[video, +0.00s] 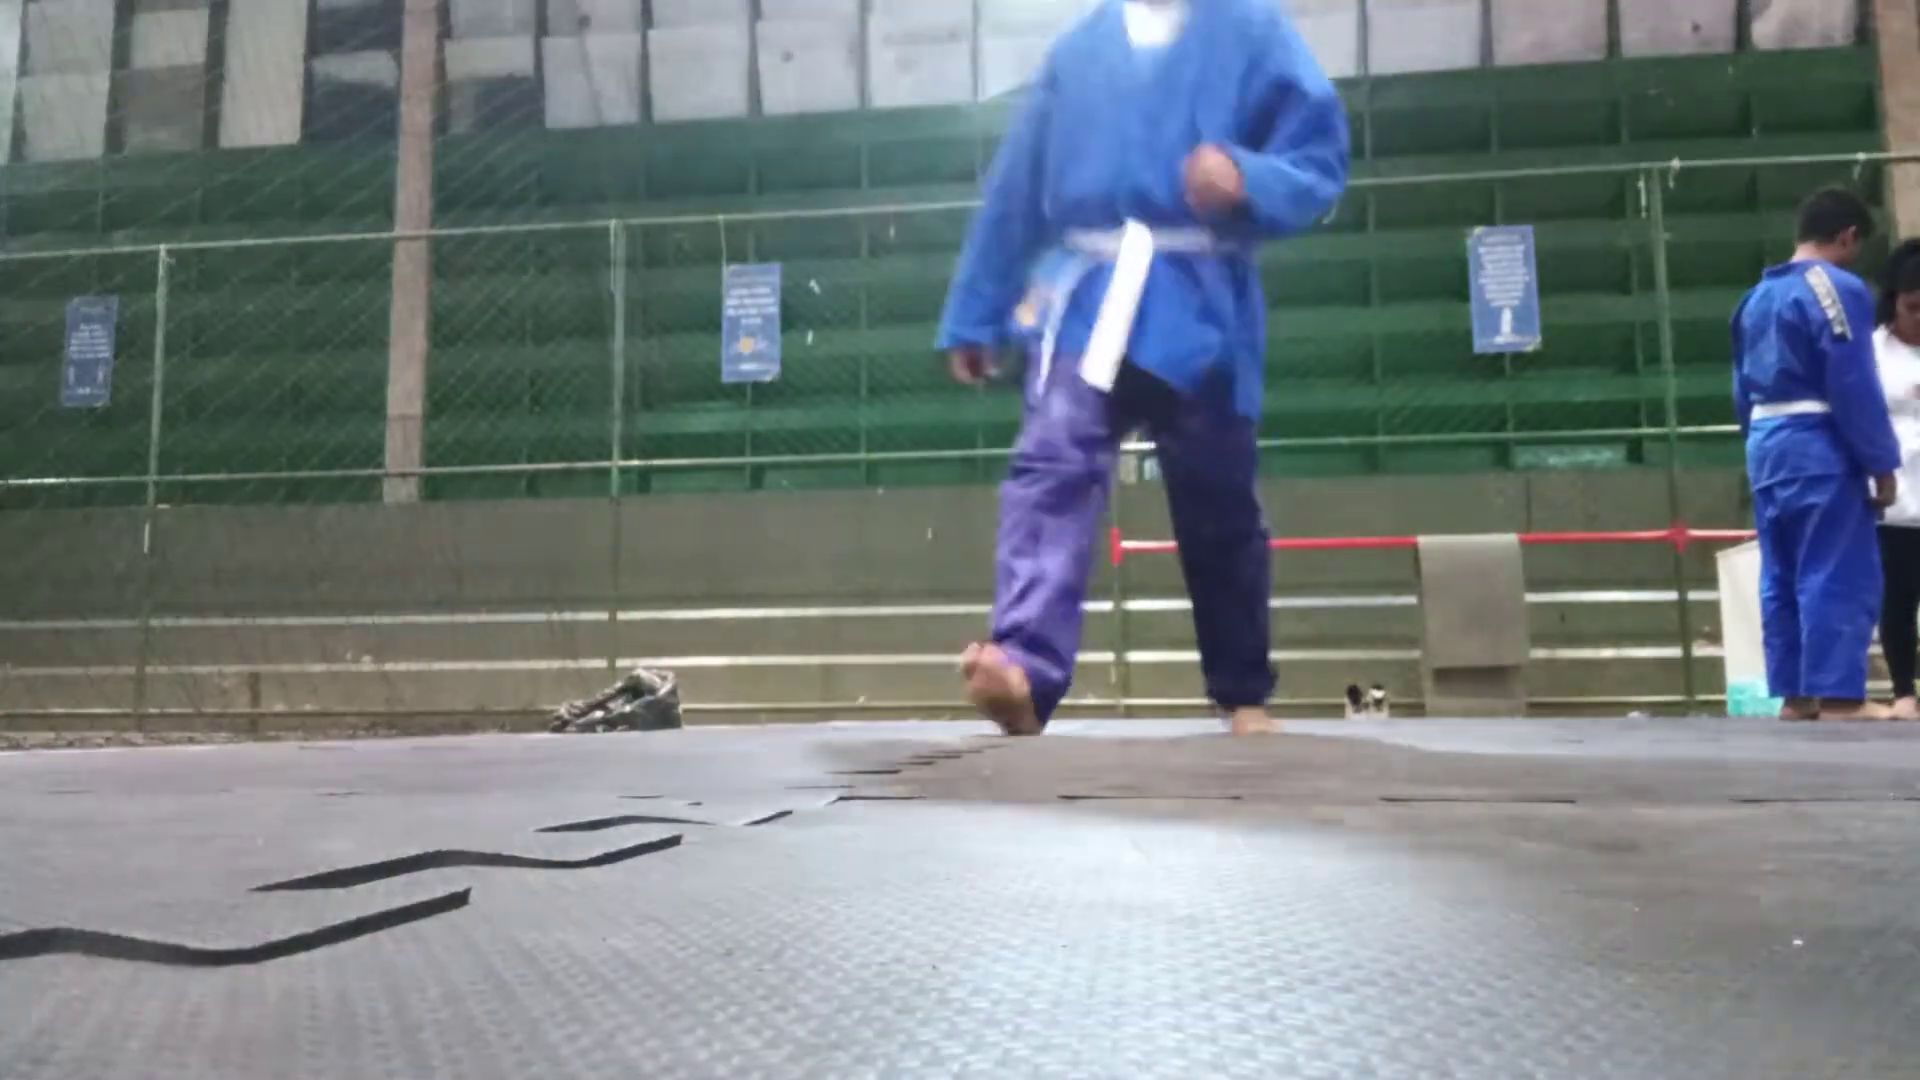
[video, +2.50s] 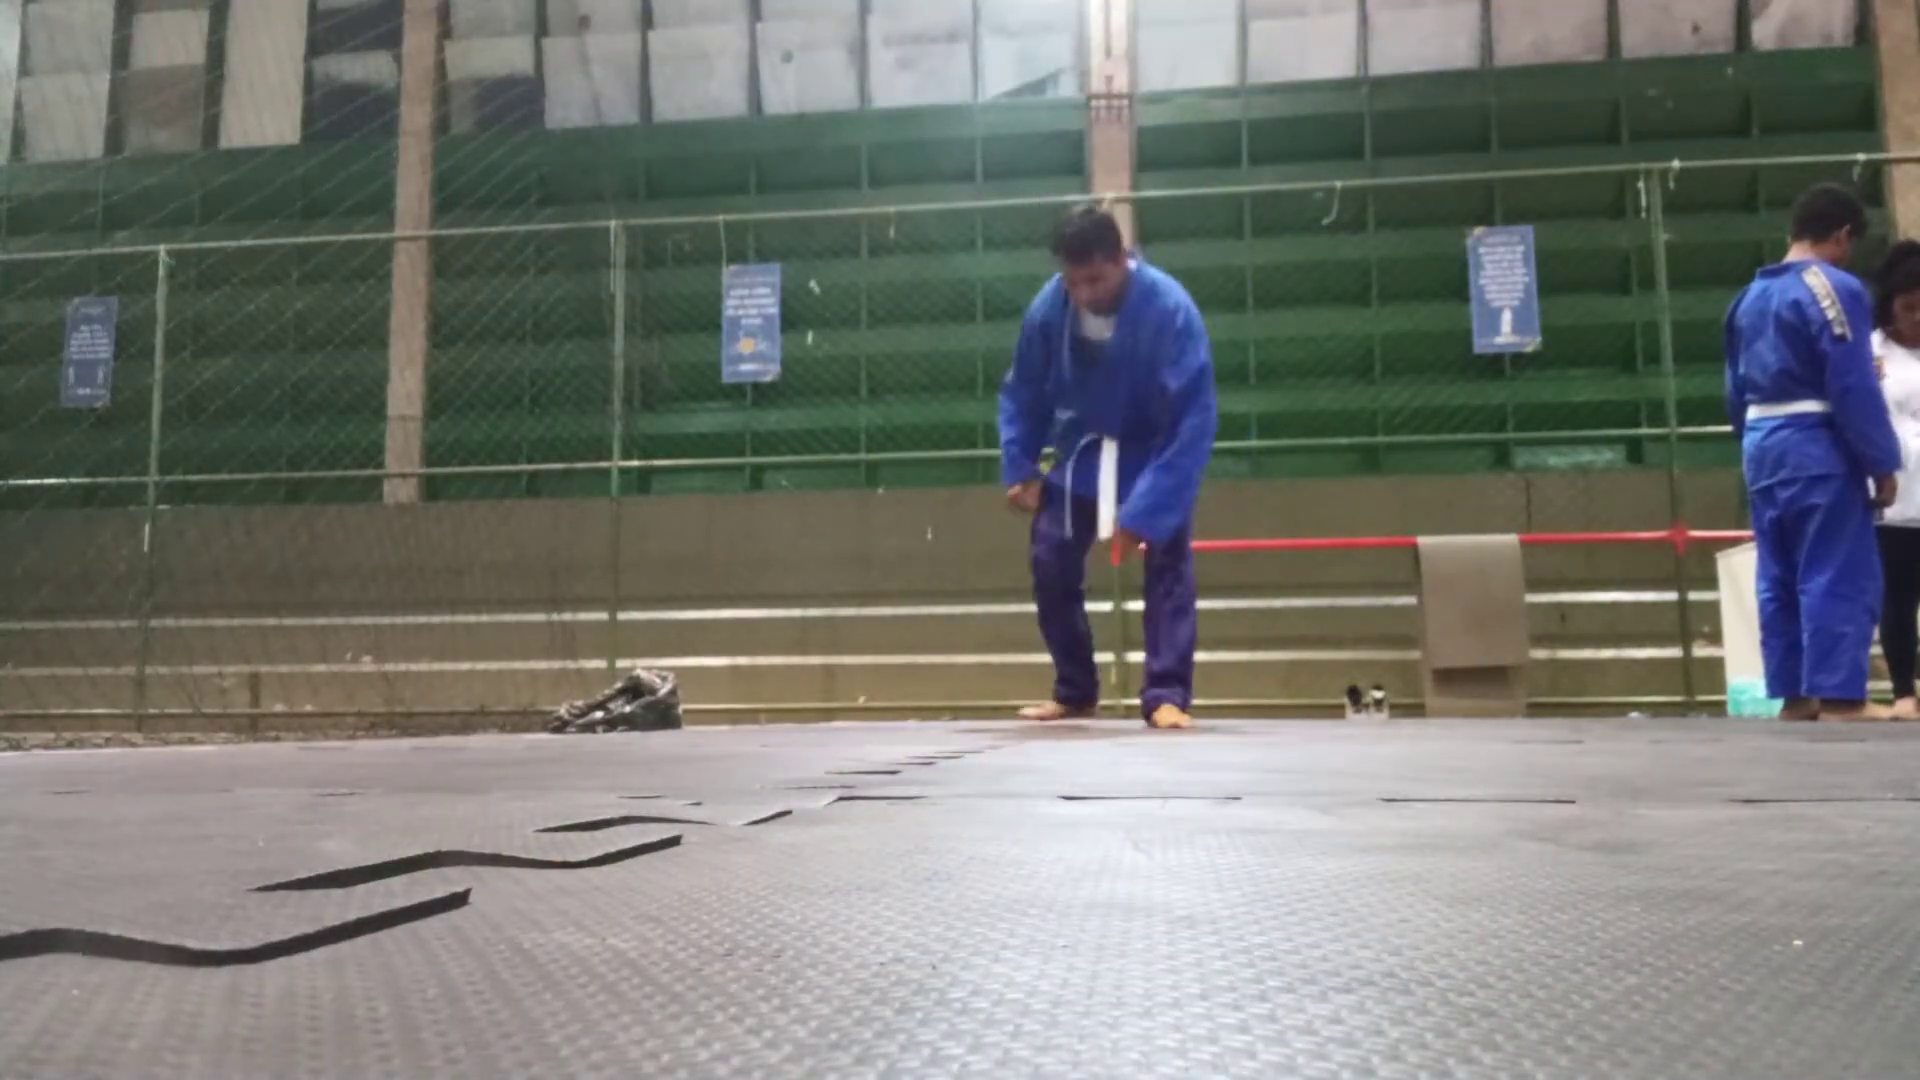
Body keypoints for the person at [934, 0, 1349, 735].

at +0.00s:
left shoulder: (1253, 27)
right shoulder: (1079, 46)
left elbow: (1320, 168)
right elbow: (1014, 185)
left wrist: (1250, 179)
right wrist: (975, 310)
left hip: (1202, 278)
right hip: (1084, 278)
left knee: (1218, 497)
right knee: (1052, 458)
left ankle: (1245, 702)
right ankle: (1026, 668)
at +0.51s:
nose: (1146, 25)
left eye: (1162, 17)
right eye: (1136, 15)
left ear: (1192, 18)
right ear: (1117, 18)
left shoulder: (1233, 95)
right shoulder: (1079, 108)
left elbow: (1258, 187)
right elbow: (1027, 220)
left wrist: (1180, 80)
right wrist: (989, 310)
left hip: (1196, 312)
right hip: (1095, 319)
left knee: (1221, 497)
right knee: (1066, 506)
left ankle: (1241, 697)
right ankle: (1075, 680)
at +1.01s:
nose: (1024, 151)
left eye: (1034, 134)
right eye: (1013, 139)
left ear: (1072, 111)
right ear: (1002, 134)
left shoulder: (1148, 169)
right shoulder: (1013, 210)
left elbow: (1197, 283)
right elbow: (999, 321)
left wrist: (1162, 379)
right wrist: (1000, 422)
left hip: (1163, 352)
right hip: (1078, 361)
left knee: (1185, 515)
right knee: (1064, 526)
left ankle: (1181, 686)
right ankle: (1077, 698)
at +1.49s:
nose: (1064, 209)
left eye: (1067, 196)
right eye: (1059, 199)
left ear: (1101, 171)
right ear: (1092, 176)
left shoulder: (1197, 219)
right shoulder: (1078, 228)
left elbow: (1238, 340)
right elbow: (1068, 330)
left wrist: (1213, 445)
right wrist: (1056, 407)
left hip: (1182, 392)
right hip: (1102, 391)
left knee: (1186, 547)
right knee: (1074, 539)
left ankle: (1186, 696)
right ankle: (1083, 681)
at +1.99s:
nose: (1057, 251)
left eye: (1062, 236)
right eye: (1046, 242)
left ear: (1089, 211)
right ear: (1037, 234)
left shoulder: (1155, 258)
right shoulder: (1041, 286)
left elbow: (1201, 354)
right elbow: (1031, 384)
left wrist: (1186, 442)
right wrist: (1031, 467)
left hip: (1153, 414)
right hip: (1078, 422)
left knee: (1160, 539)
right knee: (1070, 560)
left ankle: (1166, 688)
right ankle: (1090, 700)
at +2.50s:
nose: (1086, 293)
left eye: (1096, 279)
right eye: (1074, 282)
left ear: (1124, 262)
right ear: (1061, 273)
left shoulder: (1169, 310)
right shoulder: (1048, 311)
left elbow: (1196, 419)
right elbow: (1022, 393)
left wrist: (1146, 510)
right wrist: (1019, 468)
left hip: (1155, 440)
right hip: (1082, 440)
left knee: (1167, 557)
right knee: (1051, 555)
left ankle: (1167, 696)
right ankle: (1075, 692)